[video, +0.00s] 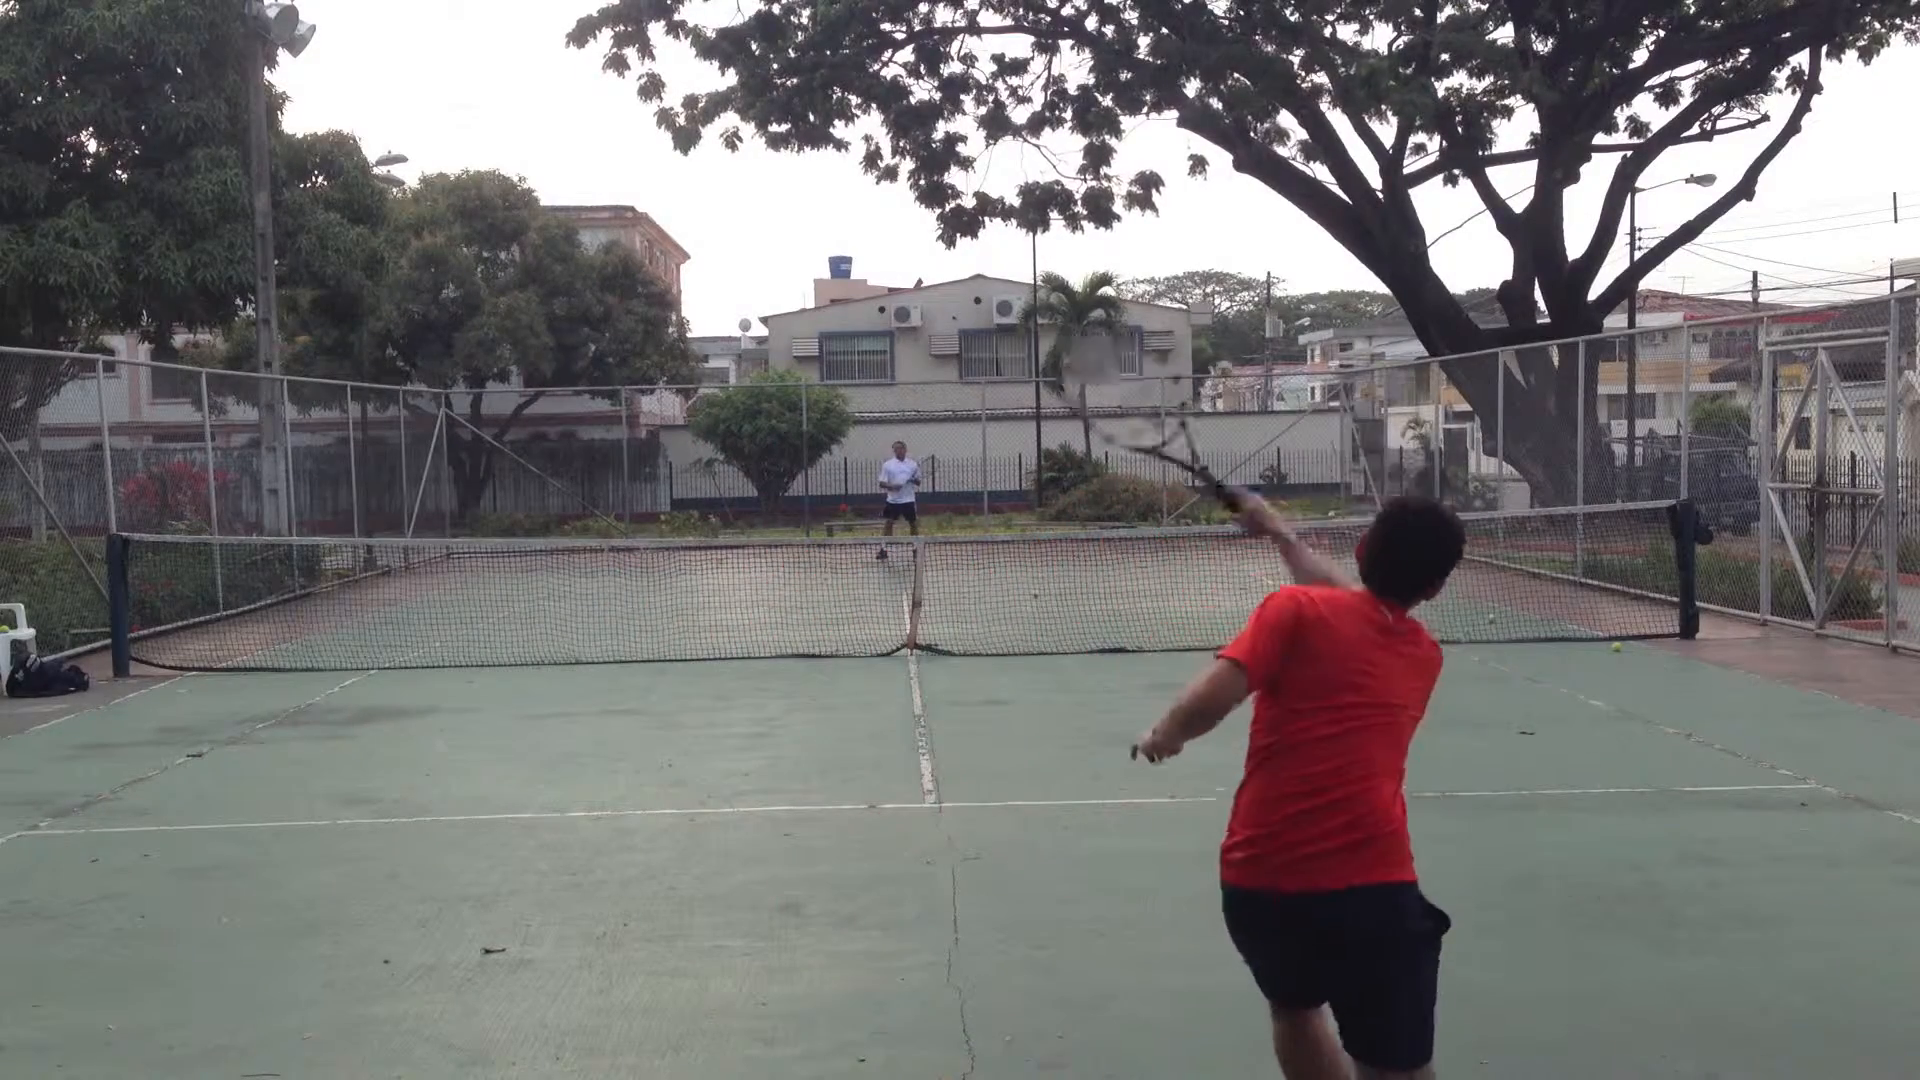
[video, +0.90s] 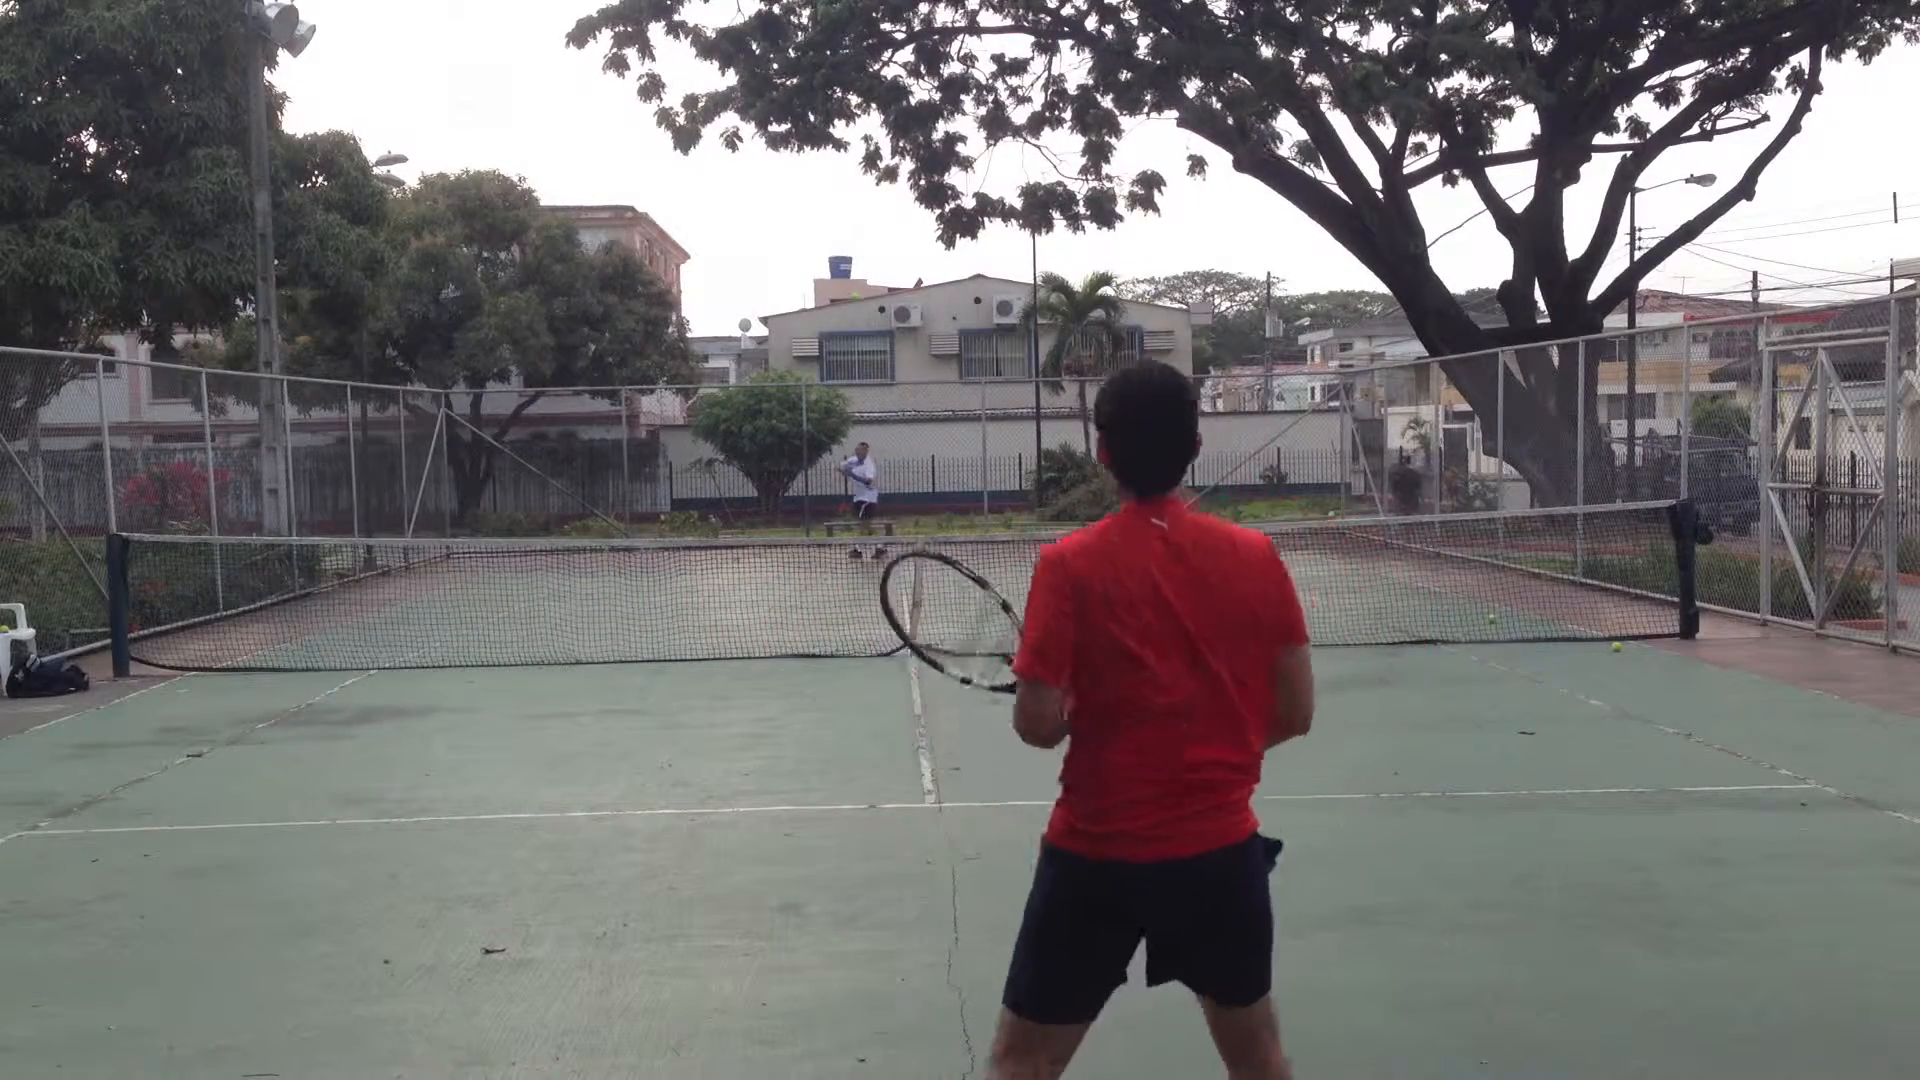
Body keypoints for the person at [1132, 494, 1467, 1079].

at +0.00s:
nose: (1359, 536)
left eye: (1366, 532)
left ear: (1362, 547)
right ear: (1433, 586)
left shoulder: (1293, 608)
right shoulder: (1424, 653)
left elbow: (1209, 699)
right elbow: (1348, 595)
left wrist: (1163, 738)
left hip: (1263, 887)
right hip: (1375, 892)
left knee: (1297, 1011)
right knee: (1395, 1066)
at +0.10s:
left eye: (1336, 506)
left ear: (1333, 521)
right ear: (1413, 549)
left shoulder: (1277, 590)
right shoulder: (1413, 618)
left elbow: (1207, 703)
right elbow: (1304, 584)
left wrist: (1172, 747)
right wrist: (1191, 533)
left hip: (1275, 873)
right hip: (1386, 873)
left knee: (1305, 1008)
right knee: (1409, 1055)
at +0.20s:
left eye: (1306, 475)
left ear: (1305, 491)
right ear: (1387, 508)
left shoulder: (1257, 571)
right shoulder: (1395, 584)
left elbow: (1212, 691)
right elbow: (1273, 601)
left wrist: (1167, 752)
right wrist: (1146, 607)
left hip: (1277, 851)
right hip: (1386, 847)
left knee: (1309, 1006)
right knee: (1400, 1031)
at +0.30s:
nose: (1269, 461)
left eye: (1271, 452)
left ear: (1272, 467)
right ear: (1354, 477)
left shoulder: (1241, 555)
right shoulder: (1366, 557)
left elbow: (1218, 691)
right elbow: (1281, 655)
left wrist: (1167, 762)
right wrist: (1160, 703)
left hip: (1277, 841)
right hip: (1383, 833)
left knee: (1298, 1013)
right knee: (1376, 1023)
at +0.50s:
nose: (1211, 466)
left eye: (1212, 455)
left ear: (1216, 472)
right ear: (1300, 472)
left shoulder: (1203, 569)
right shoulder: (1341, 564)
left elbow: (1211, 708)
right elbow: (1319, 710)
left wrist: (1146, 777)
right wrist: (1211, 773)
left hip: (1243, 850)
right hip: (1350, 842)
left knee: (1194, 994)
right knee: (1321, 1030)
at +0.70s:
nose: (1164, 426)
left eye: (1165, 417)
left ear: (1172, 433)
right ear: (1258, 433)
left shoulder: (1153, 539)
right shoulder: (1316, 534)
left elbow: (1147, 686)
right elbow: (1343, 686)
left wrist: (1115, 729)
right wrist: (1252, 705)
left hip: (1178, 833)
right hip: (1293, 833)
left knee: (1101, 1010)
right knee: (1289, 1026)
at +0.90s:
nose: (1096, 443)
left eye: (1097, 433)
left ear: (1103, 450)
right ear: (1192, 447)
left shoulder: (1071, 564)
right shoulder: (1254, 556)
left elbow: (1037, 724)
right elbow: (1294, 714)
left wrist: (1079, 692)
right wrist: (1207, 729)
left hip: (1094, 867)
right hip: (1220, 863)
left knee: (1023, 1064)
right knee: (1257, 1054)